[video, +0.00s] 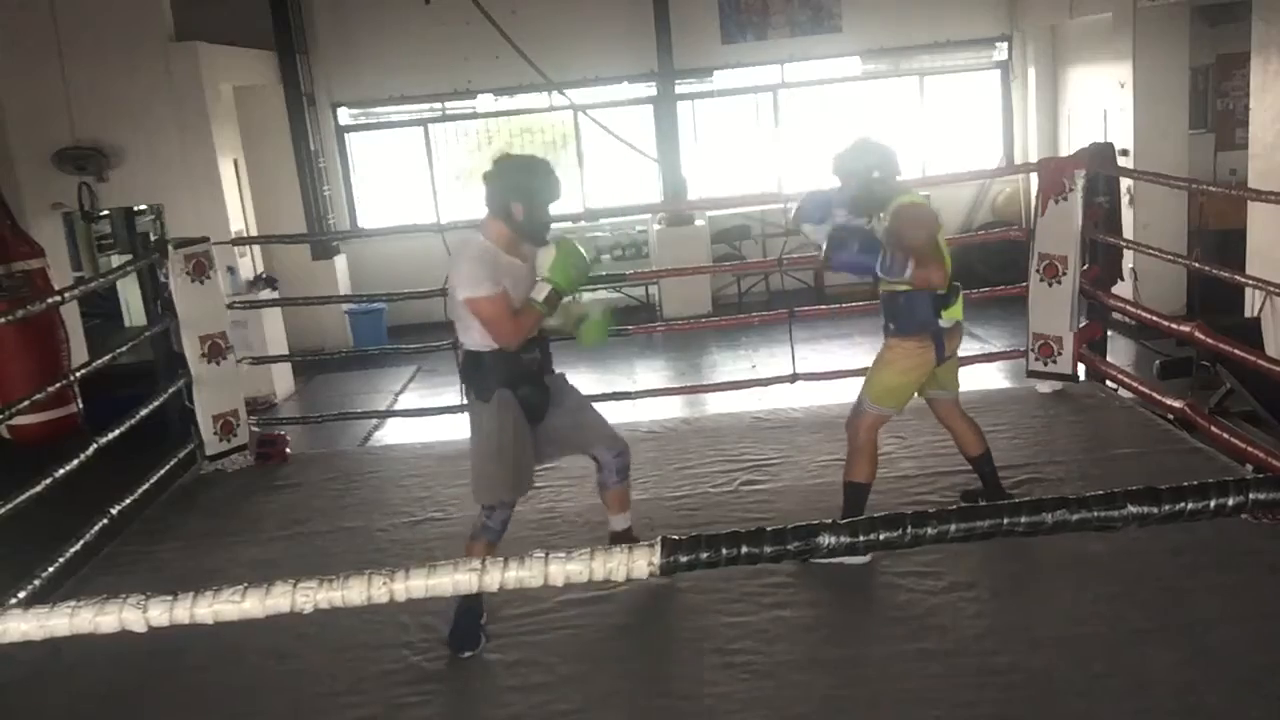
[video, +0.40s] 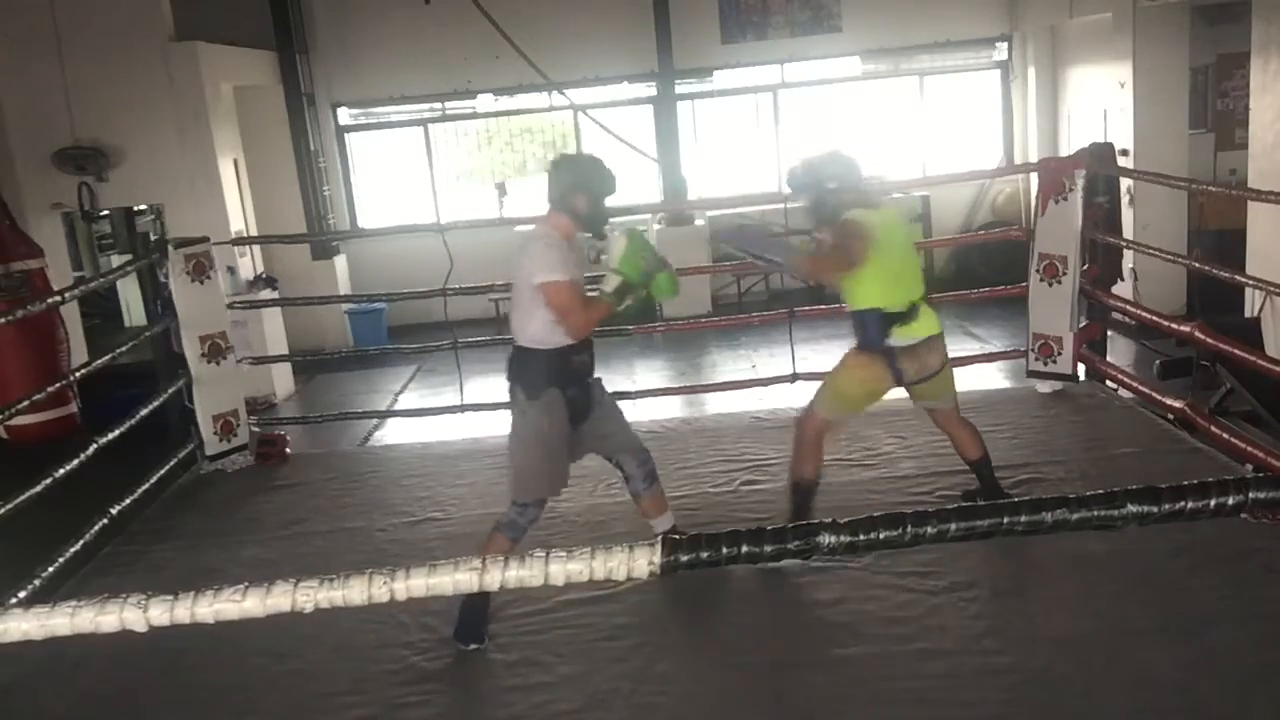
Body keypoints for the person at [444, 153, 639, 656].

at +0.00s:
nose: (549, 215)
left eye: (551, 204)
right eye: (542, 204)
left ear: (519, 204)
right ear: (512, 204)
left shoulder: (527, 252)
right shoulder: (473, 261)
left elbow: (528, 321)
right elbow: (509, 335)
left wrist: (576, 323)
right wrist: (556, 290)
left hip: (541, 383)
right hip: (496, 396)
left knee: (613, 452)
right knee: (497, 512)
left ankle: (623, 545)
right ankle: (469, 603)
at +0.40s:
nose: (601, 207)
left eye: (602, 199)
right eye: (597, 198)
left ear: (572, 197)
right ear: (575, 196)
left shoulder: (567, 245)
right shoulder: (544, 245)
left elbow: (576, 316)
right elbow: (578, 323)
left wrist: (626, 293)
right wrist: (624, 287)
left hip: (577, 381)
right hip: (541, 386)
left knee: (636, 460)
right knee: (526, 506)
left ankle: (673, 548)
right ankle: (474, 594)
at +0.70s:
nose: (559, 210)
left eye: (557, 201)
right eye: (555, 202)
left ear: (508, 206)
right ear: (541, 205)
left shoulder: (497, 258)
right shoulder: (535, 254)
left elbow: (525, 327)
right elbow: (605, 287)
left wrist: (585, 335)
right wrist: (592, 229)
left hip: (562, 386)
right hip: (550, 394)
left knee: (633, 462)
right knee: (541, 512)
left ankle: (675, 548)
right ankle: (464, 587)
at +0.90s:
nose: (542, 227)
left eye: (541, 218)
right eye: (535, 219)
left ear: (497, 218)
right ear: (512, 219)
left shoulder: (501, 268)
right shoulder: (487, 273)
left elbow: (536, 323)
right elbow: (554, 321)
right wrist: (563, 266)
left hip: (536, 389)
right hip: (507, 398)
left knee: (609, 471)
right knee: (508, 520)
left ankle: (664, 547)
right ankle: (454, 597)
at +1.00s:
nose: (535, 222)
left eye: (535, 212)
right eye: (529, 212)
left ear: (504, 212)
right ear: (502, 211)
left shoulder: (511, 260)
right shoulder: (472, 272)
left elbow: (519, 325)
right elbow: (517, 341)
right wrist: (548, 287)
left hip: (535, 386)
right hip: (499, 398)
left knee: (603, 466)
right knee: (499, 516)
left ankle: (657, 548)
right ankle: (446, 589)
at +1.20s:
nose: (573, 209)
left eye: (573, 197)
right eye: (566, 199)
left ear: (535, 202)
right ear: (538, 202)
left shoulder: (549, 254)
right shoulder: (494, 262)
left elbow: (548, 321)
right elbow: (521, 339)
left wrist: (586, 330)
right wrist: (571, 306)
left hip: (546, 385)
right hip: (503, 393)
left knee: (601, 471)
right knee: (494, 503)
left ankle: (655, 556)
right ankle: (449, 595)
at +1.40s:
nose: (630, 218)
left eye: (632, 209)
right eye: (626, 208)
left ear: (596, 207)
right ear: (597, 205)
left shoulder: (604, 256)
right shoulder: (549, 254)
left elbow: (607, 322)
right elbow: (572, 335)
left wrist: (660, 318)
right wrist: (626, 303)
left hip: (582, 381)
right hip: (536, 386)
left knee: (648, 468)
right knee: (521, 506)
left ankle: (675, 563)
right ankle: (458, 588)